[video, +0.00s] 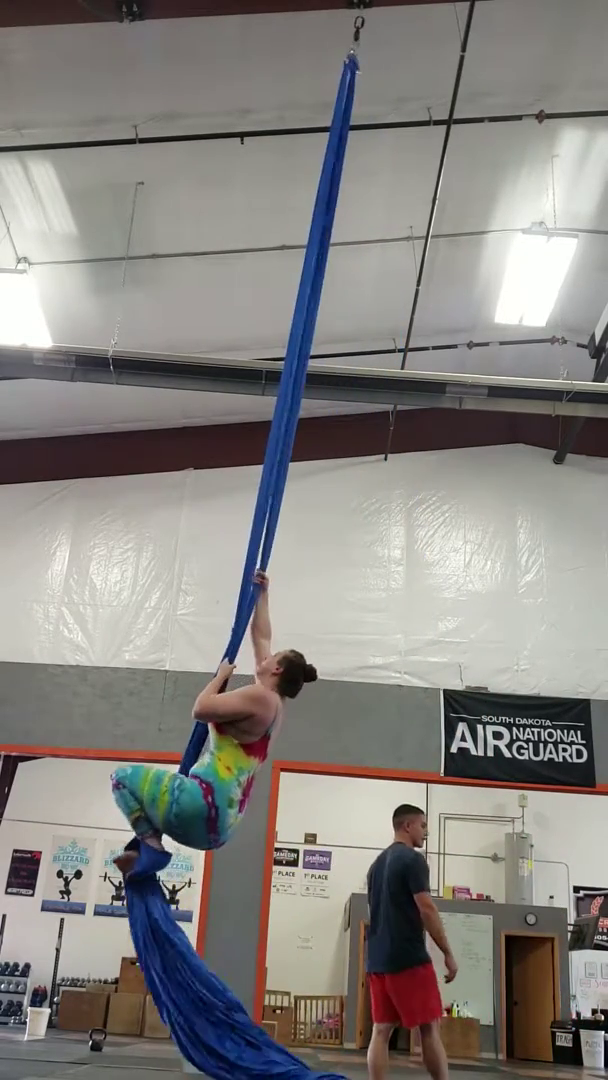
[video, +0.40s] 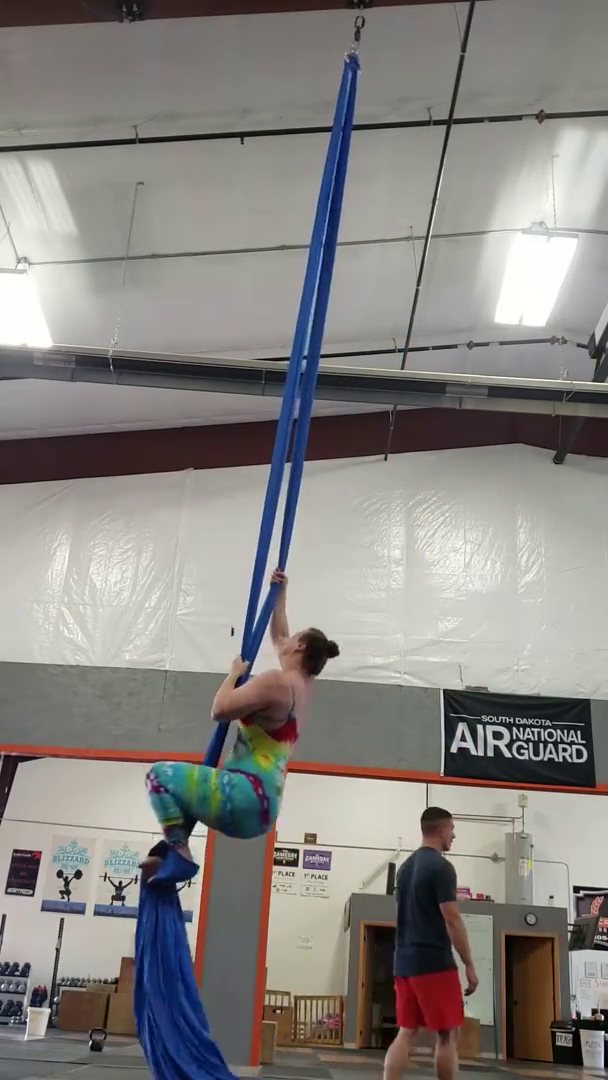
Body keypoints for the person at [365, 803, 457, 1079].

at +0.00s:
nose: (425, 831)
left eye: (425, 826)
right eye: (422, 825)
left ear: (401, 827)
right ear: (406, 826)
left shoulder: (377, 863)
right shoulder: (412, 859)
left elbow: (377, 914)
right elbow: (427, 909)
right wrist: (447, 952)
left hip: (378, 960)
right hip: (408, 959)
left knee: (380, 1032)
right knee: (429, 1029)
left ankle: (377, 1077)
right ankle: (442, 1076)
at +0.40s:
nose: (453, 836)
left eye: (453, 830)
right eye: (451, 830)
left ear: (426, 831)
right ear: (441, 831)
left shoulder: (406, 866)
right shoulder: (441, 866)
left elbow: (406, 918)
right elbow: (452, 919)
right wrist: (469, 964)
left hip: (403, 963)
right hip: (434, 964)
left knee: (406, 1032)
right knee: (448, 1035)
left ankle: (388, 1077)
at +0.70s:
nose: (461, 838)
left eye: (461, 833)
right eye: (461, 833)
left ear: (434, 832)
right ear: (455, 833)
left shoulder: (416, 866)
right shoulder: (452, 867)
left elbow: (416, 916)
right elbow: (467, 920)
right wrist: (484, 965)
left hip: (416, 960)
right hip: (443, 960)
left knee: (424, 1030)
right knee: (455, 1032)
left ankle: (396, 1076)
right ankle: (450, 1077)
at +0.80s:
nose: (461, 836)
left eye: (460, 831)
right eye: (459, 831)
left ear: (434, 832)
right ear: (449, 833)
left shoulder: (416, 867)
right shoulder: (447, 868)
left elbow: (422, 916)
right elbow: (464, 921)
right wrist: (487, 961)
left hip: (416, 962)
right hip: (441, 963)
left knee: (422, 1033)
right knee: (452, 1035)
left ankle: (402, 1077)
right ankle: (449, 1078)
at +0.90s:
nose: (457, 837)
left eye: (457, 831)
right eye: (454, 831)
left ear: (434, 833)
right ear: (441, 833)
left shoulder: (415, 867)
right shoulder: (439, 869)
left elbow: (418, 919)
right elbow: (456, 921)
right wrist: (485, 957)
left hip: (414, 962)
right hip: (437, 963)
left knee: (420, 1034)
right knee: (452, 1034)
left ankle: (400, 1077)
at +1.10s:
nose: (446, 840)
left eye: (446, 834)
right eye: (442, 834)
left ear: (424, 836)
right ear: (426, 835)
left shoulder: (413, 867)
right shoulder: (419, 870)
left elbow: (420, 922)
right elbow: (427, 922)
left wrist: (446, 959)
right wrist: (453, 960)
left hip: (405, 964)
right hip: (421, 965)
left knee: (410, 1034)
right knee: (438, 1033)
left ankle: (397, 1077)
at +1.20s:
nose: (442, 842)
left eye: (442, 837)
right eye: (438, 837)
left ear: (422, 839)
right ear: (421, 838)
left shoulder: (410, 869)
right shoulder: (411, 871)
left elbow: (411, 924)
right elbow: (412, 926)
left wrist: (423, 966)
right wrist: (426, 967)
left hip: (403, 967)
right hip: (411, 967)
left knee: (406, 1036)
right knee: (428, 1036)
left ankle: (395, 1077)